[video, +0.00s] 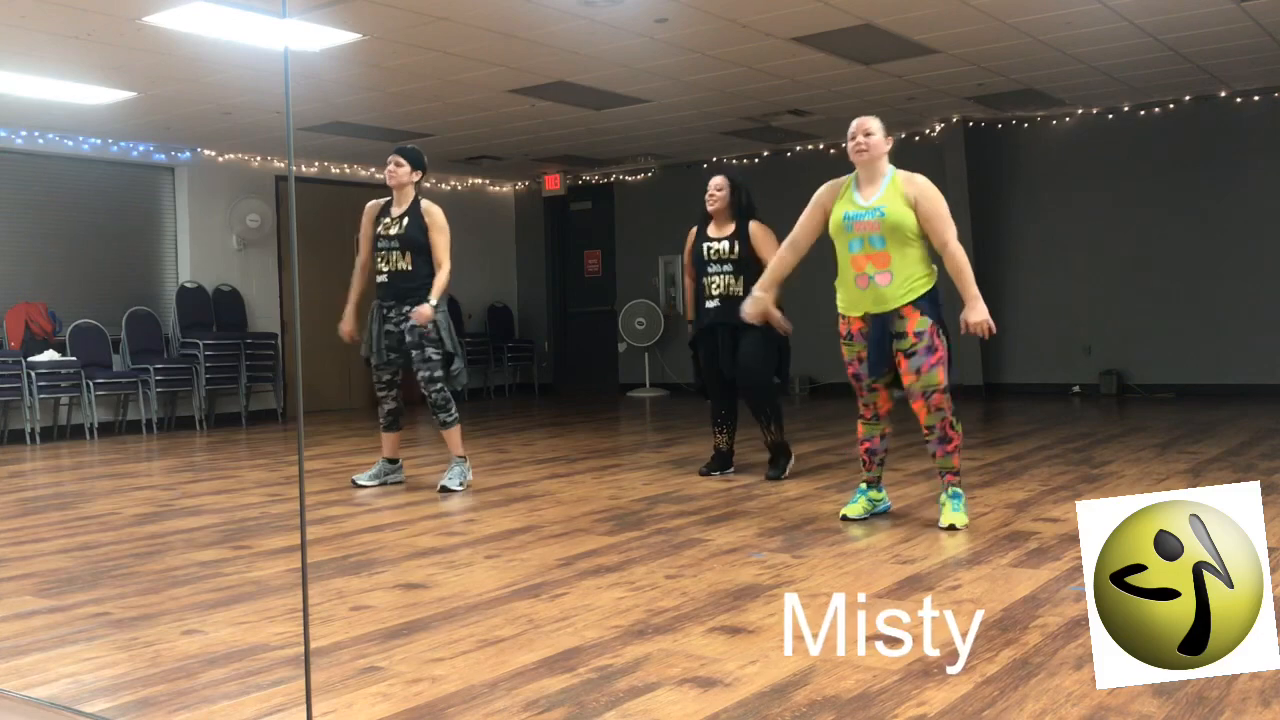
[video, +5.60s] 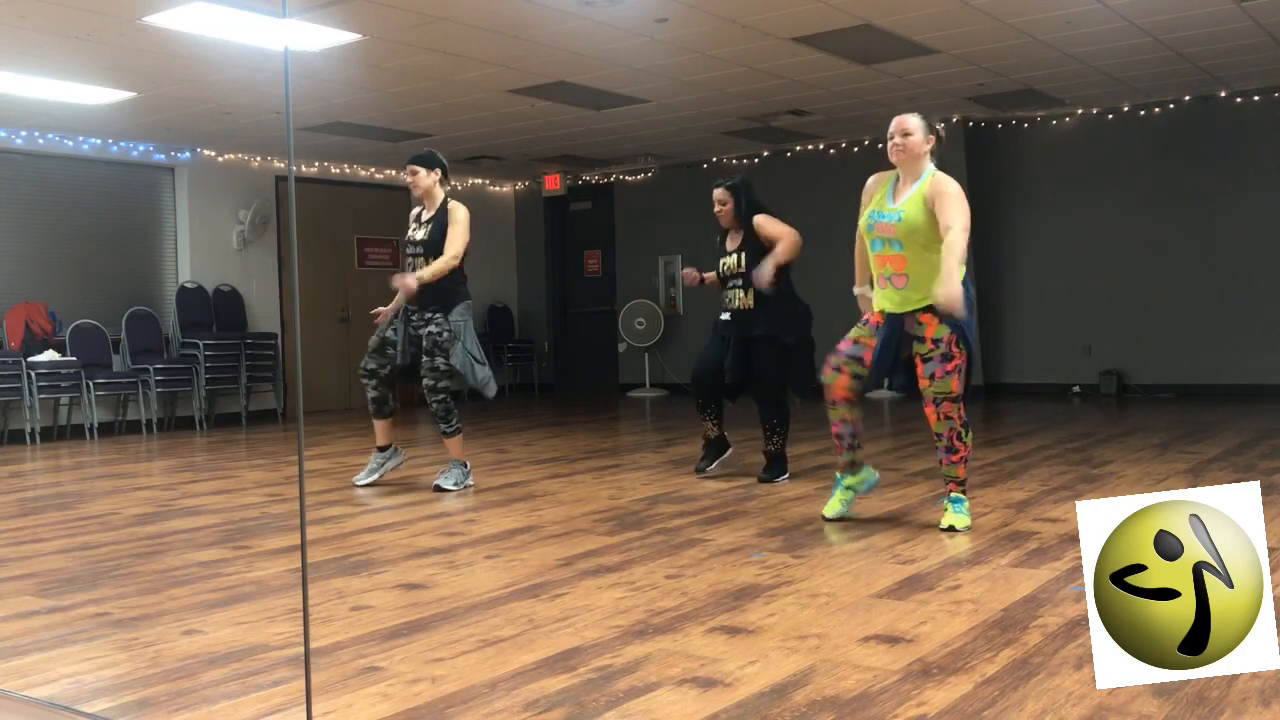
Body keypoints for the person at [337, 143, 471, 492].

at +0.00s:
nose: (389, 169)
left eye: (397, 165)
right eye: (388, 164)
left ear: (415, 174)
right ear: (386, 172)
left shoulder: (430, 212)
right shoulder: (374, 210)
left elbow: (443, 267)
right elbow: (363, 264)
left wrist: (431, 304)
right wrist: (350, 311)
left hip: (420, 311)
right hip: (384, 313)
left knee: (433, 385)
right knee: (386, 388)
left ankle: (459, 462)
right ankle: (390, 463)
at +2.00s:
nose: (400, 166)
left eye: (408, 162)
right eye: (398, 162)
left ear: (427, 170)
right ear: (397, 172)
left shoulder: (441, 201)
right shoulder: (394, 216)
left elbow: (465, 252)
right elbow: (398, 272)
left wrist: (466, 304)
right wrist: (369, 311)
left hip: (433, 310)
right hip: (397, 311)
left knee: (445, 385)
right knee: (399, 386)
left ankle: (460, 466)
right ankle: (399, 461)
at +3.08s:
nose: (389, 168)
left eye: (398, 165)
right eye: (389, 163)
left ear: (415, 176)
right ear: (385, 174)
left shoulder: (432, 210)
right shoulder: (374, 220)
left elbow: (457, 259)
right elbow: (369, 275)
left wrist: (468, 301)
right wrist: (334, 299)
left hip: (428, 311)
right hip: (389, 314)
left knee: (435, 384)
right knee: (392, 388)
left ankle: (458, 462)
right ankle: (400, 463)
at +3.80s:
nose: (386, 176)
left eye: (394, 172)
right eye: (385, 170)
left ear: (411, 182)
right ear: (382, 178)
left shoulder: (426, 219)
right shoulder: (366, 214)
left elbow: (444, 268)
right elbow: (346, 262)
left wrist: (441, 287)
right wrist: (327, 308)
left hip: (420, 312)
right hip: (382, 316)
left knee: (428, 378)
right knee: (380, 387)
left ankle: (454, 455)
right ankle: (400, 464)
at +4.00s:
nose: (392, 169)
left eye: (400, 164)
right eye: (391, 164)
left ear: (420, 171)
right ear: (391, 172)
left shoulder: (435, 209)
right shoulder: (384, 208)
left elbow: (441, 265)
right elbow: (384, 260)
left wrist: (398, 270)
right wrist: (376, 302)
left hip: (427, 310)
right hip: (390, 311)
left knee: (435, 386)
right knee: (392, 385)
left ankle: (456, 465)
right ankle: (400, 462)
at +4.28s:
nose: (394, 173)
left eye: (401, 168)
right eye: (392, 168)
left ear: (422, 174)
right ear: (393, 176)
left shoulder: (433, 205)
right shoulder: (400, 220)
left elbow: (443, 258)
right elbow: (407, 278)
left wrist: (424, 307)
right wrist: (380, 300)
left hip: (435, 308)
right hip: (402, 309)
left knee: (435, 383)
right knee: (373, 373)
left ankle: (456, 465)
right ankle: (391, 453)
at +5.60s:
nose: (407, 179)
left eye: (413, 173)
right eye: (406, 174)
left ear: (436, 174)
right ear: (412, 179)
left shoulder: (456, 211)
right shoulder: (416, 215)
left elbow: (452, 257)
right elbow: (415, 271)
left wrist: (417, 277)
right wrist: (394, 307)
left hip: (445, 314)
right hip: (412, 313)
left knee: (437, 385)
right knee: (374, 370)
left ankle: (459, 465)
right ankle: (386, 450)